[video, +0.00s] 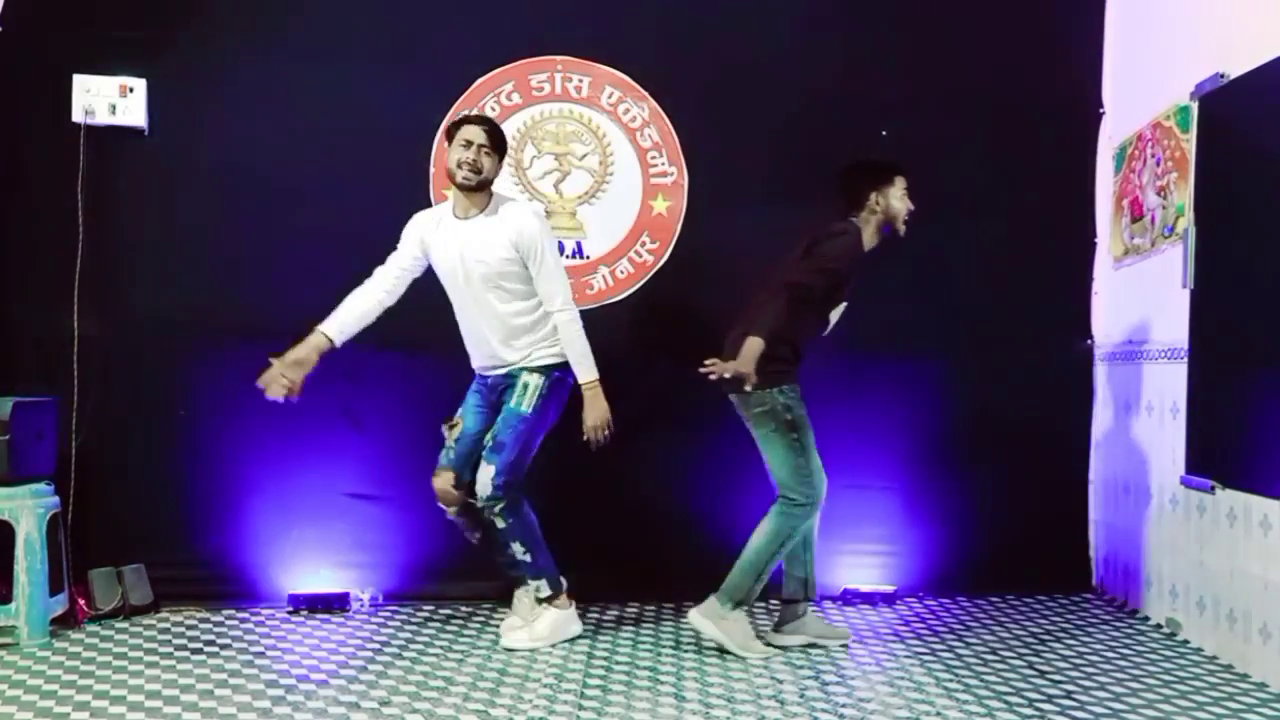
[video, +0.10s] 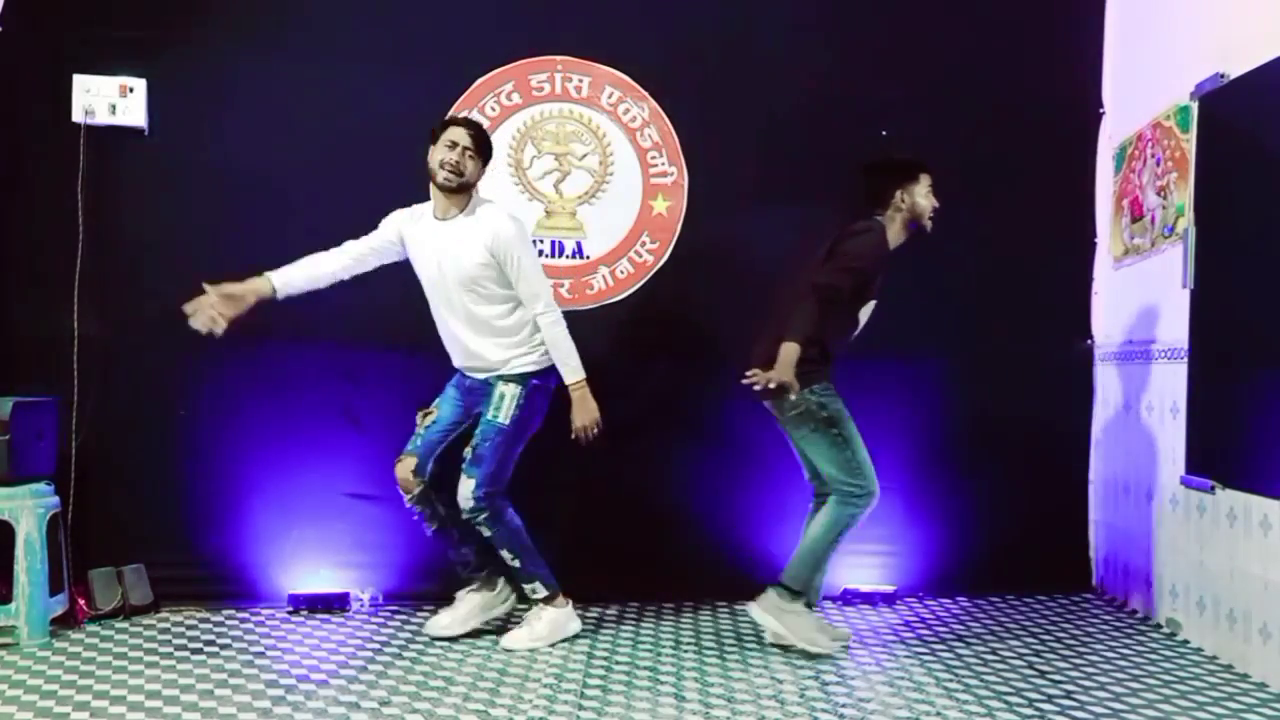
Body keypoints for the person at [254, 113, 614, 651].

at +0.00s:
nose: (472, 155)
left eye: (485, 149)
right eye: (463, 145)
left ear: (498, 164)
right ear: (446, 155)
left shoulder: (523, 222)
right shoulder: (427, 228)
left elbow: (563, 308)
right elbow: (380, 289)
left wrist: (593, 390)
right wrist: (311, 347)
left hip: (541, 367)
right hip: (489, 373)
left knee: (495, 485)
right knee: (452, 485)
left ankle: (558, 605)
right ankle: (532, 583)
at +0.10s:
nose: (456, 155)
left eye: (469, 151)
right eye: (448, 145)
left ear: (481, 169)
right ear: (429, 154)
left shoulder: (500, 226)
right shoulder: (408, 226)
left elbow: (547, 309)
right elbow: (339, 262)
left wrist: (579, 389)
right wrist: (254, 289)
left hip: (523, 375)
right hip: (468, 376)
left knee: (479, 494)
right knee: (413, 474)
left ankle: (554, 605)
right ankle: (490, 585)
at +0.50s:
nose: (391, 137)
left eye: (405, 136)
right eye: (386, 124)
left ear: (411, 155)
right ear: (364, 131)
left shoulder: (418, 217)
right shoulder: (330, 188)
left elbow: (445, 312)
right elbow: (249, 155)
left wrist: (460, 402)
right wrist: (161, 101)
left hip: (402, 373)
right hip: (355, 366)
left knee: (331, 491)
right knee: (282, 466)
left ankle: (403, 617)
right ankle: (353, 586)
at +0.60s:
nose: (370, 126)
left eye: (384, 126)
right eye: (365, 114)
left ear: (393, 147)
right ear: (344, 120)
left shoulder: (391, 208)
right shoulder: (310, 173)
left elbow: (411, 305)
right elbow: (229, 132)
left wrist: (419, 398)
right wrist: (145, 72)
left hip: (369, 366)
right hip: (319, 361)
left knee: (304, 486)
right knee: (261, 479)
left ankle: (391, 605)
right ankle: (298, 613)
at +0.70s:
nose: (354, 120)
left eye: (367, 121)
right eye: (349, 109)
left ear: (374, 145)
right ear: (327, 118)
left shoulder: (373, 206)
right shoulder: (289, 167)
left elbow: (388, 305)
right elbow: (211, 113)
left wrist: (391, 396)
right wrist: (137, 40)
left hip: (334, 358)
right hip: (285, 355)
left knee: (246, 471)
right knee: (237, 485)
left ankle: (332, 586)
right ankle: (294, 607)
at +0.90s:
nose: (330, 113)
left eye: (343, 116)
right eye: (327, 101)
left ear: (348, 139)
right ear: (303, 104)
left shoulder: (340, 200)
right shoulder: (258, 160)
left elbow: (348, 301)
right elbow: (196, 96)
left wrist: (347, 396)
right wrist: (144, 21)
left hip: (279, 362)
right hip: (223, 350)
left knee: (210, 488)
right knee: (159, 475)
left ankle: (277, 619)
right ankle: (222, 597)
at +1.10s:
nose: (320, 112)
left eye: (330, 113)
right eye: (314, 99)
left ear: (329, 132)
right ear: (283, 97)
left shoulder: (322, 194)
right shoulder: (224, 149)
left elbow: (318, 294)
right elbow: (158, 78)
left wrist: (308, 382)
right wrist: (148, 4)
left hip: (253, 351)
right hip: (190, 341)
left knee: (198, 472)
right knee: (152, 479)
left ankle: (229, 622)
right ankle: (177, 619)